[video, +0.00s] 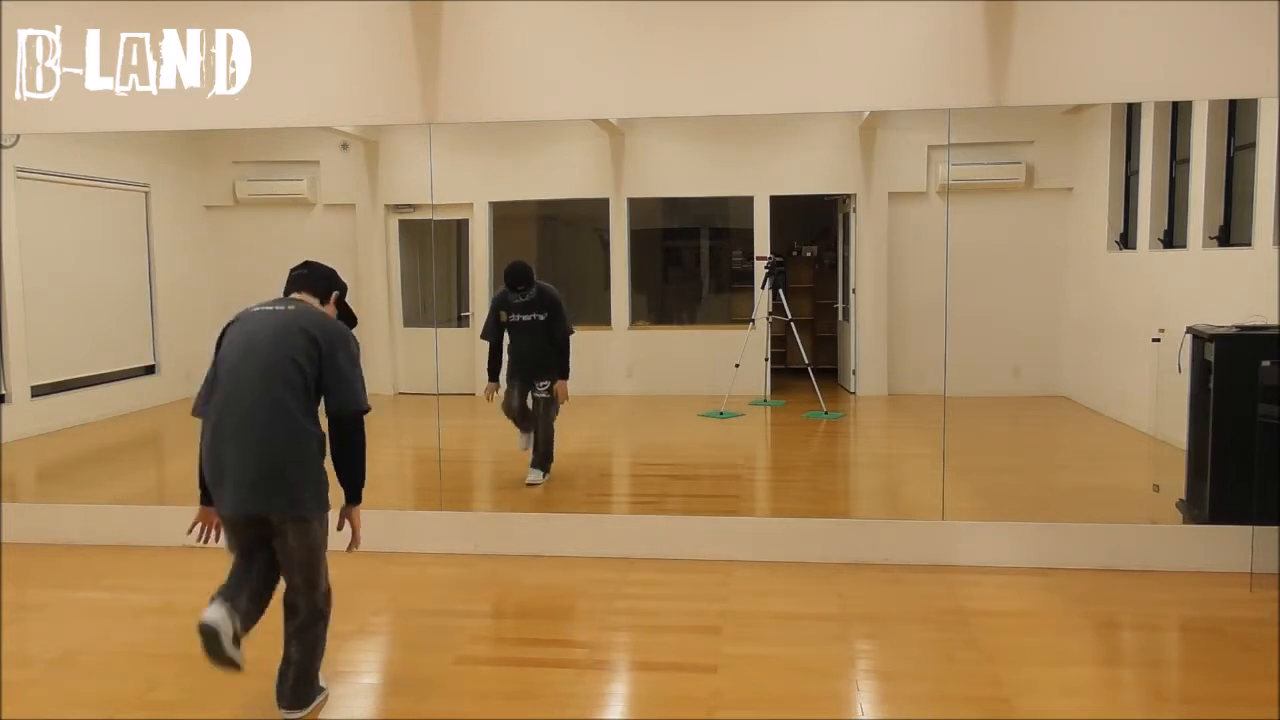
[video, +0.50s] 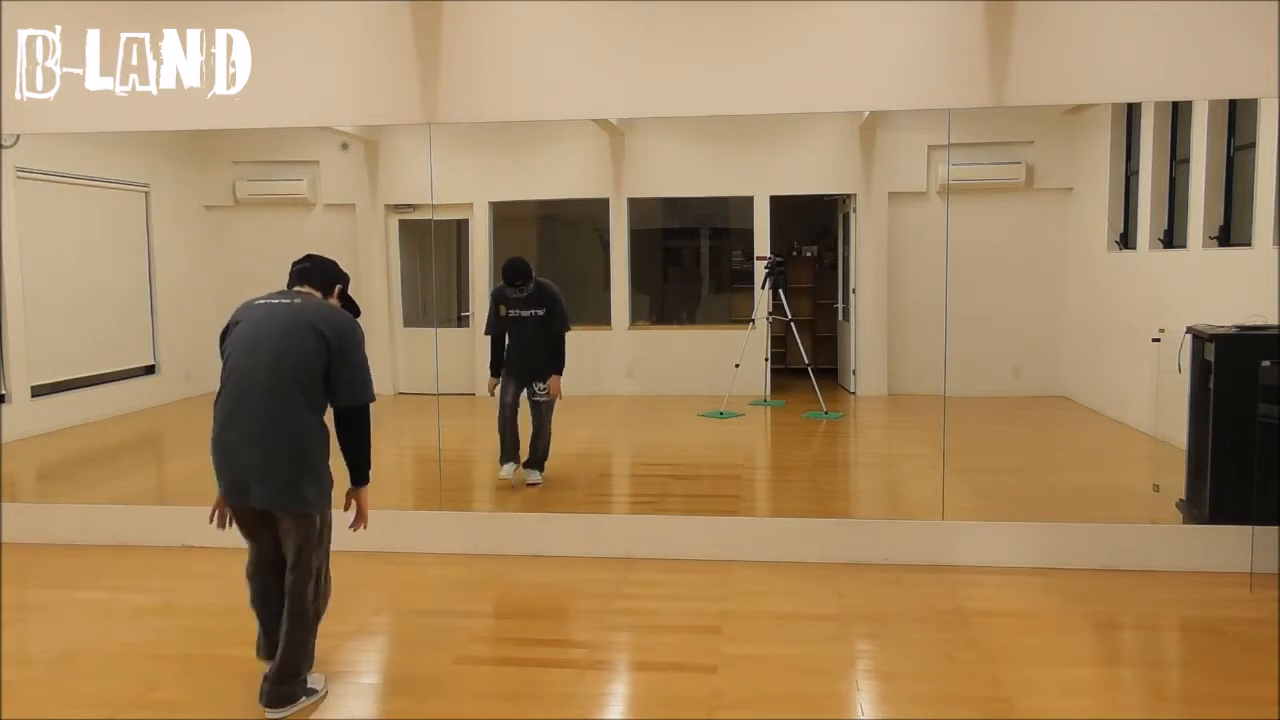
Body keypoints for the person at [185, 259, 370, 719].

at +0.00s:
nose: (335, 318)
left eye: (337, 312)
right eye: (338, 311)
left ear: (289, 293)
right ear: (330, 300)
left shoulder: (239, 323)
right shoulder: (329, 331)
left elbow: (210, 414)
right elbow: (347, 416)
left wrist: (208, 495)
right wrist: (352, 497)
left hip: (228, 466)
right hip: (291, 468)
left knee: (256, 552)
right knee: (307, 587)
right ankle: (297, 692)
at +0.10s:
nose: (338, 318)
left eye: (340, 314)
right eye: (341, 313)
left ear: (290, 297)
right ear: (332, 306)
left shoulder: (245, 323)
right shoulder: (333, 332)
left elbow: (219, 410)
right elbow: (347, 422)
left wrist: (218, 491)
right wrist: (357, 495)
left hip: (231, 461)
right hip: (292, 466)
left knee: (270, 538)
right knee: (319, 588)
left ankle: (248, 597)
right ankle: (298, 690)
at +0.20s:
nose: (343, 311)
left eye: (343, 306)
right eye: (344, 306)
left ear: (293, 286)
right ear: (336, 296)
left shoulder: (243, 312)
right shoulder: (337, 315)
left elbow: (223, 395)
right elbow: (354, 404)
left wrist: (221, 470)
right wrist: (361, 475)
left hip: (235, 459)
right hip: (294, 462)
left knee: (261, 545)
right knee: (312, 575)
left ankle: (274, 632)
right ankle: (297, 692)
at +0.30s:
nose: (342, 305)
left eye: (343, 300)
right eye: (343, 298)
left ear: (296, 278)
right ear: (334, 288)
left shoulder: (241, 301)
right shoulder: (337, 307)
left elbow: (236, 372)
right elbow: (357, 392)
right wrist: (365, 460)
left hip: (231, 461)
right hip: (294, 462)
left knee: (255, 574)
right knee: (311, 575)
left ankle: (282, 668)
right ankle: (282, 688)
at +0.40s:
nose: (342, 303)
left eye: (343, 299)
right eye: (344, 297)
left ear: (294, 278)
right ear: (334, 288)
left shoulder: (244, 305)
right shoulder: (339, 310)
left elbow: (239, 379)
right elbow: (357, 398)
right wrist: (365, 464)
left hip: (230, 463)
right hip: (295, 465)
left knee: (255, 574)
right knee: (308, 577)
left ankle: (269, 661)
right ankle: (283, 688)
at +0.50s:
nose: (342, 306)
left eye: (342, 302)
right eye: (344, 301)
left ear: (292, 283)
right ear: (334, 293)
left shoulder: (245, 313)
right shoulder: (337, 323)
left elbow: (230, 399)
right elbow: (352, 408)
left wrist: (227, 480)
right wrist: (359, 481)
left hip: (236, 462)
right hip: (296, 463)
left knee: (265, 553)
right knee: (306, 573)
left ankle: (270, 644)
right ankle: (284, 688)